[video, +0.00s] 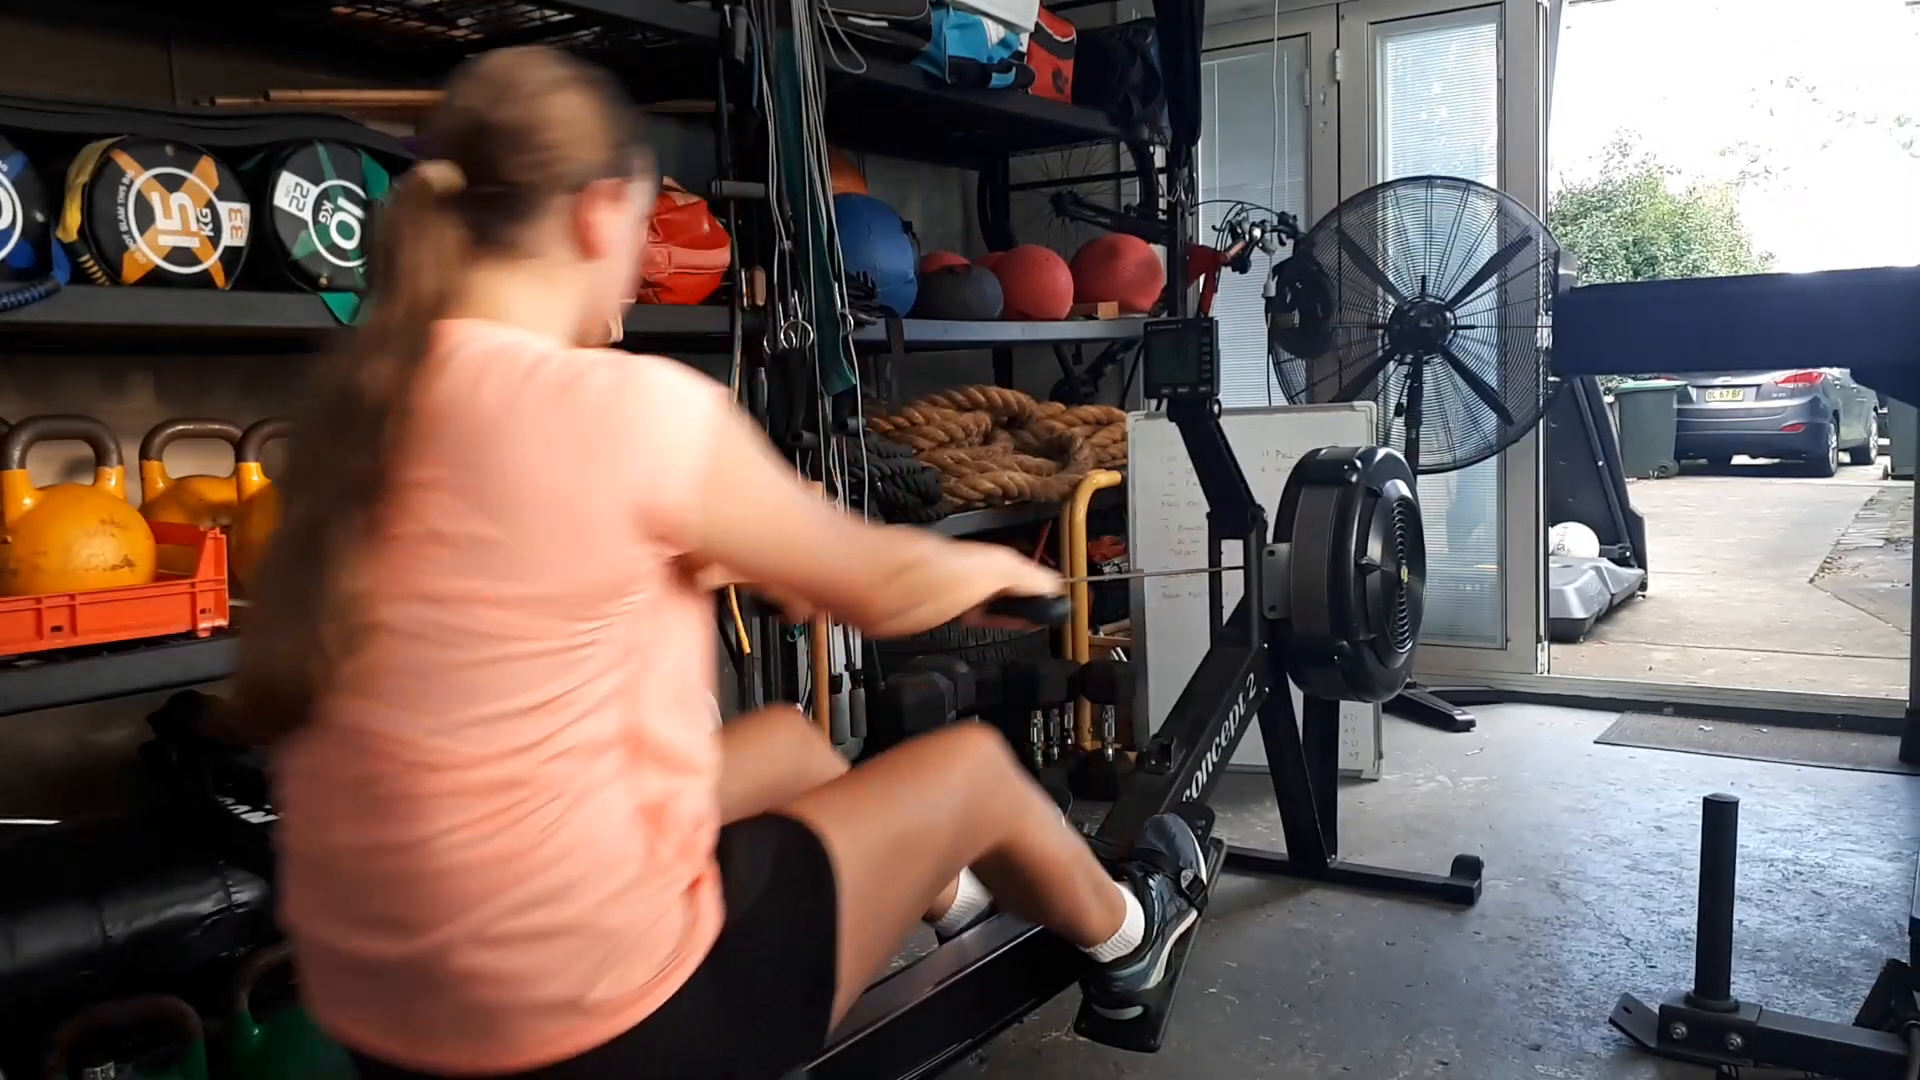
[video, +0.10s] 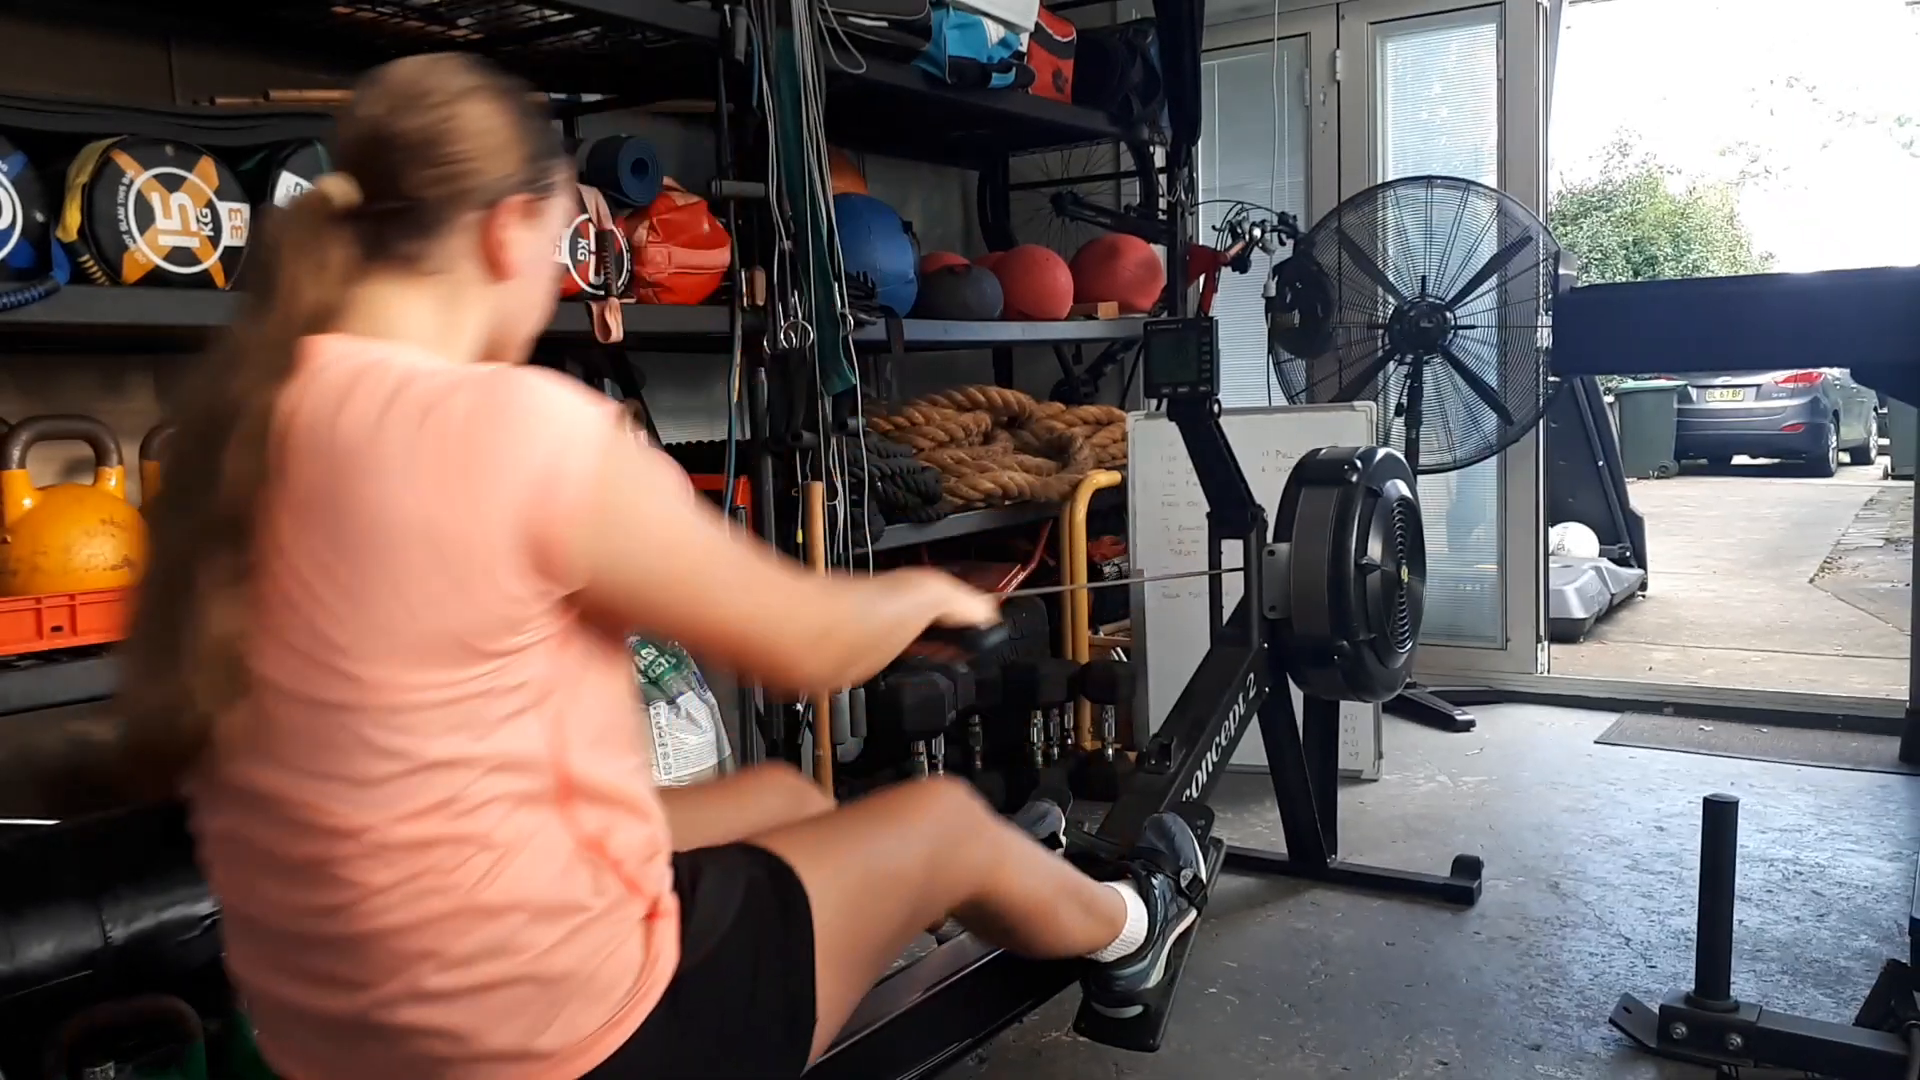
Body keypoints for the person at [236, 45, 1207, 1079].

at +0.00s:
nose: (647, 260)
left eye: (649, 228)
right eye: (646, 225)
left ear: (453, 212)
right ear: (597, 217)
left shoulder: (359, 400)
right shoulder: (640, 414)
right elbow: (879, 591)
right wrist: (987, 567)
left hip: (369, 1005)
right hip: (599, 1022)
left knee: (790, 736)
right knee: (973, 760)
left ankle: (941, 896)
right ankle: (1126, 943)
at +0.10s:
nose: (562, 269)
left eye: (564, 234)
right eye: (560, 232)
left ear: (357, 218)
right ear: (507, 232)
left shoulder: (246, 416)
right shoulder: (525, 434)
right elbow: (811, 644)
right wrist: (922, 591)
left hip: (323, 1035)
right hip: (568, 1035)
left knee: (787, 787)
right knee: (943, 817)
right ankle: (1116, 926)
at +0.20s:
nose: (494, 306)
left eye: (501, 271)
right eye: (497, 266)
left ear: (271, 243)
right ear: (432, 250)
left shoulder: (147, 439)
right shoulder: (424, 457)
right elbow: (750, 737)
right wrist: (850, 628)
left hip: (305, 1035)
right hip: (537, 1034)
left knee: (769, 831)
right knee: (929, 864)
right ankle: (1119, 933)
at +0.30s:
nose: (451, 317)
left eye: (457, 278)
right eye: (454, 277)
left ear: (224, 253)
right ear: (388, 264)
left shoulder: (88, 458)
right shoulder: (371, 495)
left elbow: (96, 788)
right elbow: (666, 839)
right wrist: (744, 680)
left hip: (291, 1035)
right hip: (527, 1041)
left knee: (761, 853)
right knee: (921, 889)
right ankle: (1118, 937)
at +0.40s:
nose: (457, 303)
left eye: (461, 263)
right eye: (458, 261)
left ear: (228, 245)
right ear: (395, 254)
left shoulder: (99, 446)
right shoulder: (356, 488)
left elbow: (108, 801)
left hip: (290, 1034)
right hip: (517, 1046)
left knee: (748, 852)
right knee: (915, 883)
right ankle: (1115, 945)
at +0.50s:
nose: (481, 289)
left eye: (486, 251)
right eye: (483, 247)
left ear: (248, 233)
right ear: (418, 239)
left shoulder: (101, 433)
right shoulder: (387, 464)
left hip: (286, 1034)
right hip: (517, 1044)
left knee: (760, 841)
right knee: (918, 880)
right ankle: (1114, 945)